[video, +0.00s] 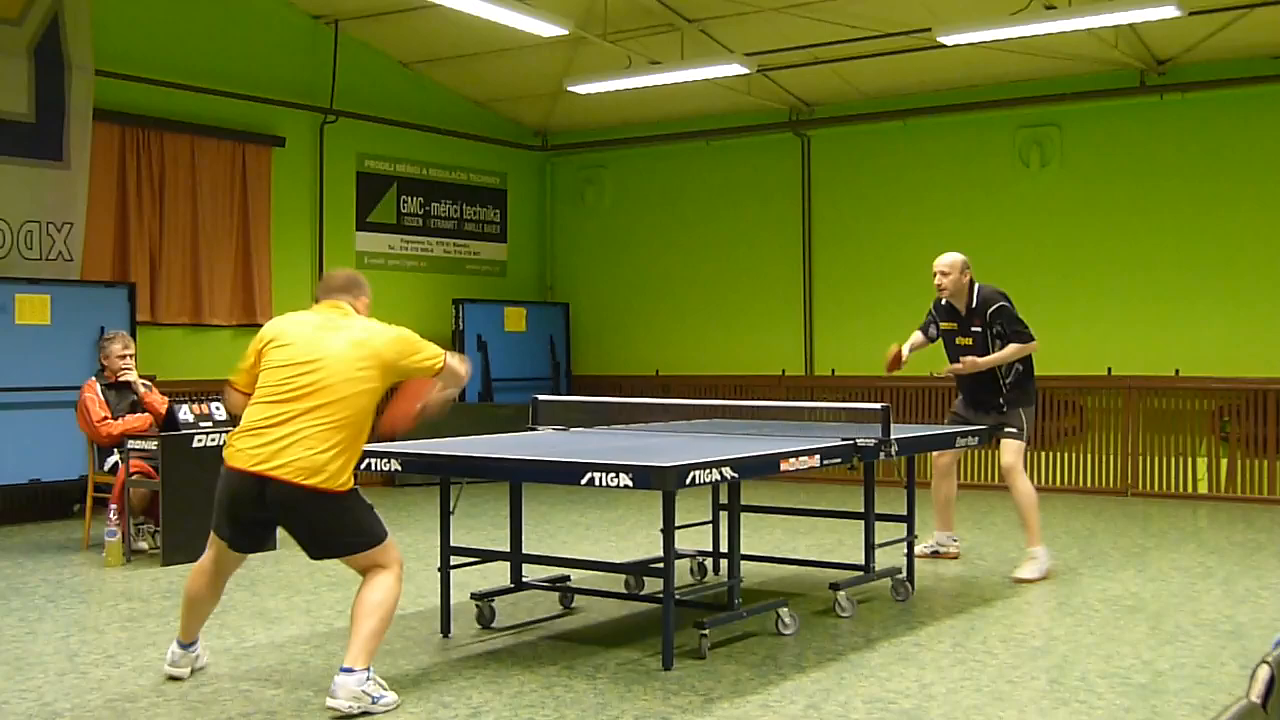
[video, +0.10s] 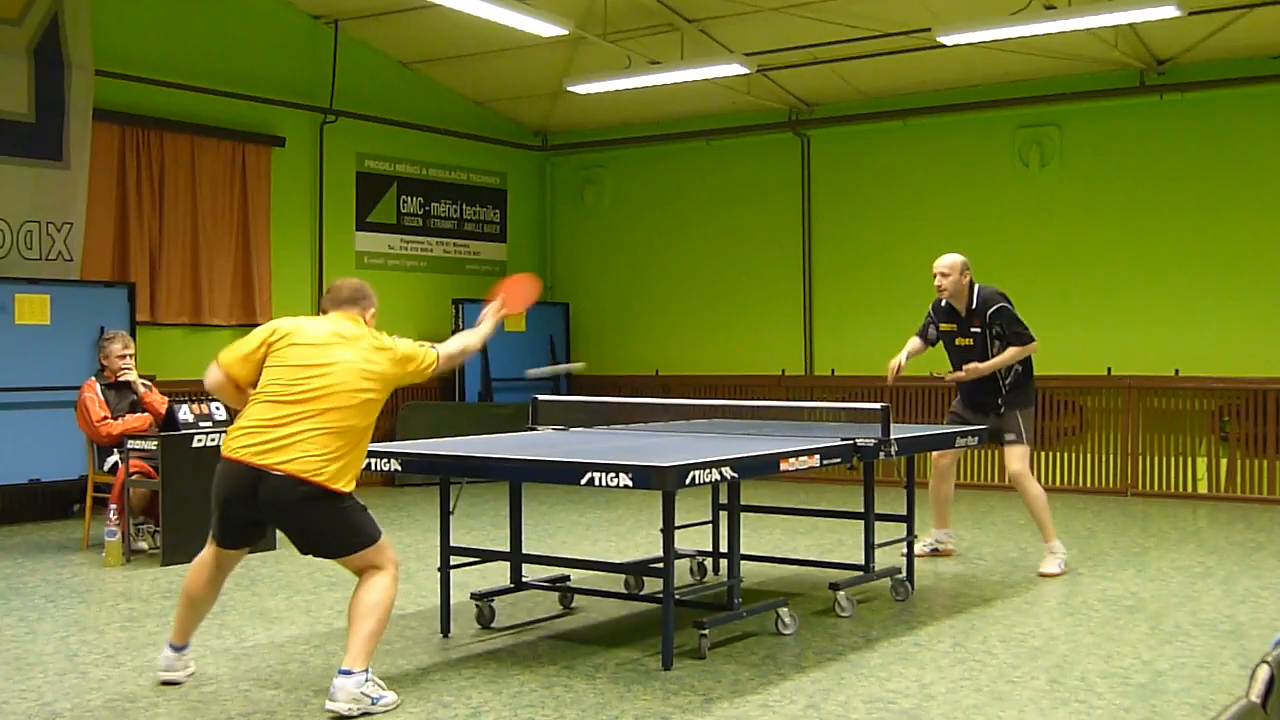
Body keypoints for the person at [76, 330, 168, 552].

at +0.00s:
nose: (127, 362)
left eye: (131, 357)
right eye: (121, 357)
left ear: (135, 359)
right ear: (104, 361)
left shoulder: (144, 386)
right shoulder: (91, 390)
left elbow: (169, 418)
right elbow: (103, 432)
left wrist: (140, 389)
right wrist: (147, 419)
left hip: (152, 452)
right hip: (117, 454)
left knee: (174, 475)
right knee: (141, 479)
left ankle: (155, 525)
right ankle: (136, 524)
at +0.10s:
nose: (127, 362)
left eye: (130, 357)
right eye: (120, 357)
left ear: (135, 358)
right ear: (104, 360)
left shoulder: (144, 386)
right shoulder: (91, 390)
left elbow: (168, 417)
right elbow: (103, 432)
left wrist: (140, 389)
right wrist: (147, 419)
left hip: (151, 451)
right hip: (117, 454)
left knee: (174, 474)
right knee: (141, 479)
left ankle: (154, 525)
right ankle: (136, 524)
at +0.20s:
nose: (127, 362)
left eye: (130, 356)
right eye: (120, 357)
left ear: (135, 358)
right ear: (104, 361)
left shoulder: (143, 386)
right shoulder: (91, 390)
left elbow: (168, 418)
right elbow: (103, 432)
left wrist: (140, 389)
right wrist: (147, 420)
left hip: (151, 451)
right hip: (116, 454)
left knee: (174, 475)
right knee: (140, 478)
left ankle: (155, 526)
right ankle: (136, 524)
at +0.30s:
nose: (127, 362)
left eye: (130, 357)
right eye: (120, 357)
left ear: (135, 358)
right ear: (103, 361)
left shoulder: (143, 386)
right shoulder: (90, 390)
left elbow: (168, 417)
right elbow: (103, 432)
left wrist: (139, 389)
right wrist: (146, 420)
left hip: (151, 452)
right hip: (116, 454)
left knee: (173, 475)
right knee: (140, 478)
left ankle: (154, 526)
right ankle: (135, 525)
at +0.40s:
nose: (128, 362)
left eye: (131, 357)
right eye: (121, 357)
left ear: (135, 359)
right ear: (104, 361)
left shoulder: (142, 386)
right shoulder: (91, 390)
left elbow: (167, 417)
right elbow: (103, 433)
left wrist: (140, 389)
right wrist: (147, 420)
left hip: (150, 451)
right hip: (116, 454)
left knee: (174, 474)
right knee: (140, 478)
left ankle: (152, 526)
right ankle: (135, 524)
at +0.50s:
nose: (128, 362)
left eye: (131, 357)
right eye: (121, 358)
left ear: (136, 359)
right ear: (104, 361)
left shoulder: (143, 386)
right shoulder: (91, 390)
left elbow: (169, 414)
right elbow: (103, 433)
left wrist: (140, 390)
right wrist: (147, 420)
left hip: (151, 451)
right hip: (116, 454)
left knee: (175, 475)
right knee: (140, 480)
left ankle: (159, 529)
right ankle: (130, 529)